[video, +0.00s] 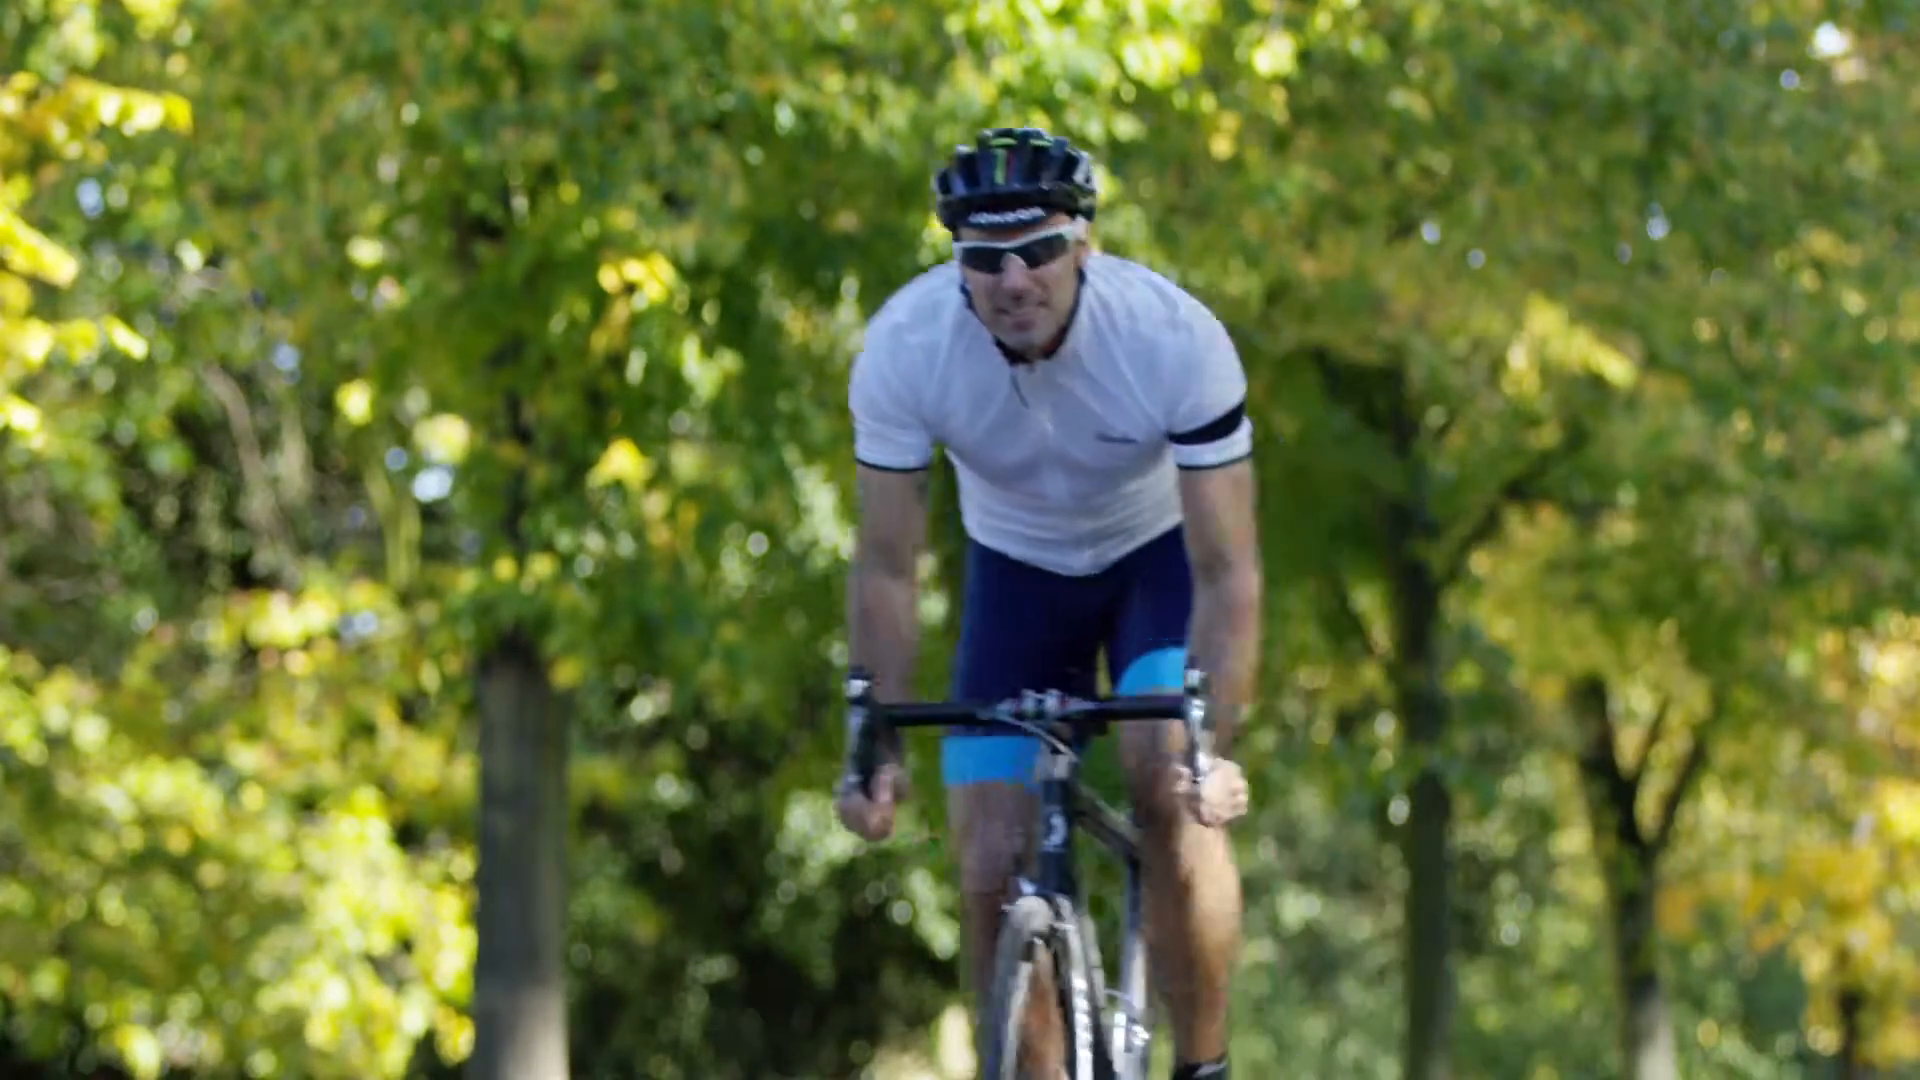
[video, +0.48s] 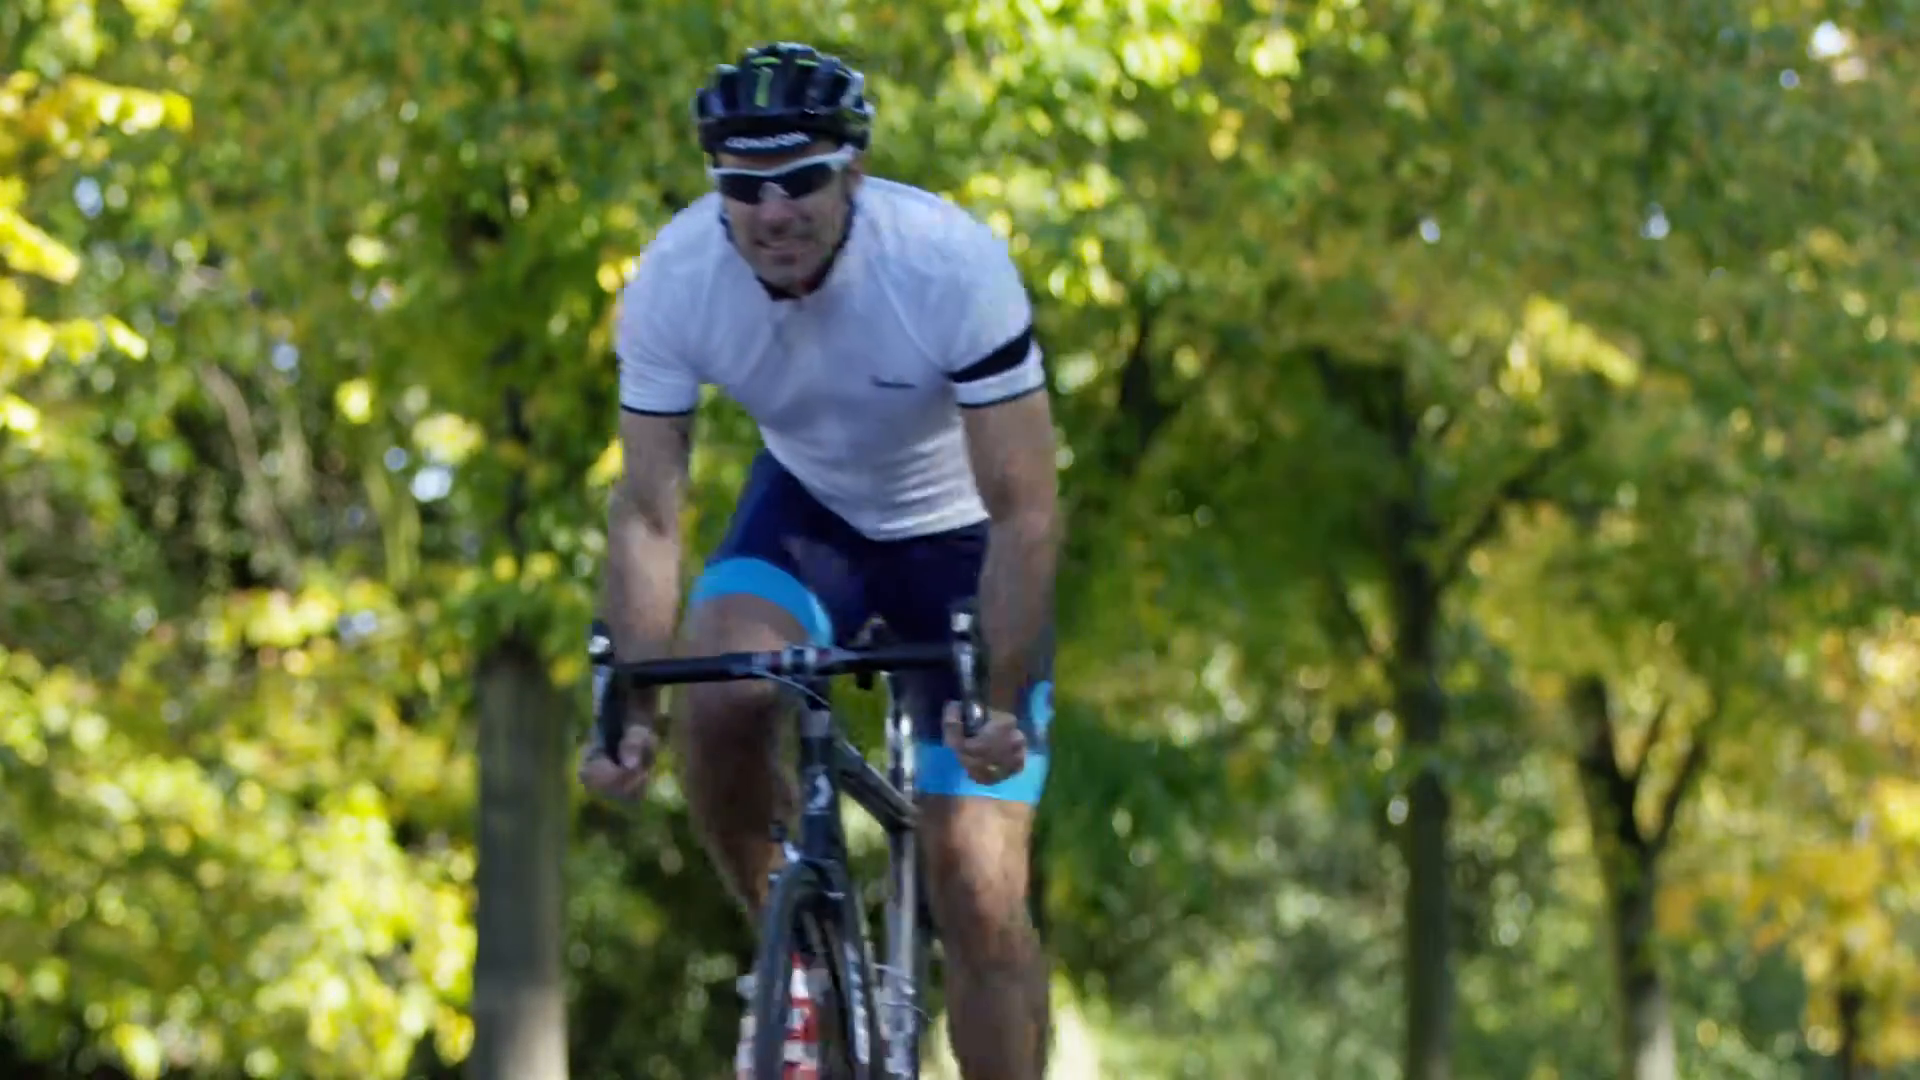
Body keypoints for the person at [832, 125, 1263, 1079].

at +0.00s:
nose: (1011, 281)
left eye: (1037, 253)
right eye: (984, 258)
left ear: (1084, 243)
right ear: (956, 257)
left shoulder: (1176, 340)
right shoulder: (903, 350)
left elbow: (1227, 563)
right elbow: (886, 561)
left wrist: (1216, 742)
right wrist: (873, 735)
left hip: (1158, 545)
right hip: (1009, 561)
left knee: (1169, 785)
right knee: (991, 862)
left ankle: (1203, 1066)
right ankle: (1040, 1069)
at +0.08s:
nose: (975, 270)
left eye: (1002, 240)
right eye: (947, 245)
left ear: (1051, 228)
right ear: (919, 242)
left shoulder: (1144, 328)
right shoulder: (868, 337)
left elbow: (1192, 554)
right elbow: (847, 551)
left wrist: (1170, 732)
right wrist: (831, 731)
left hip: (1128, 548)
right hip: (977, 554)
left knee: (1128, 810)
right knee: (942, 851)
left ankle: (1165, 1072)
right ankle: (1012, 1066)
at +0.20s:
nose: (920, 252)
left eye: (947, 221)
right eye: (892, 227)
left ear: (993, 211)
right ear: (862, 227)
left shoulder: (1089, 312)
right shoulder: (813, 320)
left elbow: (1139, 543)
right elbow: (786, 538)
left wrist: (1115, 727)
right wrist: (765, 719)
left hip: (1083, 545)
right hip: (926, 538)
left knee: (1081, 828)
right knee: (875, 815)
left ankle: (1110, 1072)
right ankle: (939, 1039)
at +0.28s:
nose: (879, 241)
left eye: (906, 212)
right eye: (851, 216)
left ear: (955, 202)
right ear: (822, 216)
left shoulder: (1053, 301)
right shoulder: (775, 308)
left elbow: (1103, 532)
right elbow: (746, 531)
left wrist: (1080, 717)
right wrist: (725, 718)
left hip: (1050, 543)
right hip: (892, 533)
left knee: (1052, 845)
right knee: (827, 791)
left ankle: (1074, 1071)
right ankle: (896, 997)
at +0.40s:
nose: (816, 226)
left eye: (843, 196)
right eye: (788, 201)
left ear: (897, 184)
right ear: (759, 201)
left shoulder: (992, 282)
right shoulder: (715, 295)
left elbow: (1056, 517)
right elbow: (685, 525)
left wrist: (1032, 709)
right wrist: (669, 702)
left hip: (997, 533)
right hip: (841, 512)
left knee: (1007, 861)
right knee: (764, 718)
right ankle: (834, 972)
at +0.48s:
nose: (772, 213)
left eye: (801, 182)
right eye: (744, 187)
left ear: (854, 172)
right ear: (716, 185)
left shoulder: (956, 265)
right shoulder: (672, 284)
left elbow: (1026, 505)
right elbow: (648, 512)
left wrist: (1002, 704)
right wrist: (628, 700)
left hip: (963, 524)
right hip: (804, 503)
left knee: (978, 884)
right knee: (720, 696)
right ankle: (790, 965)